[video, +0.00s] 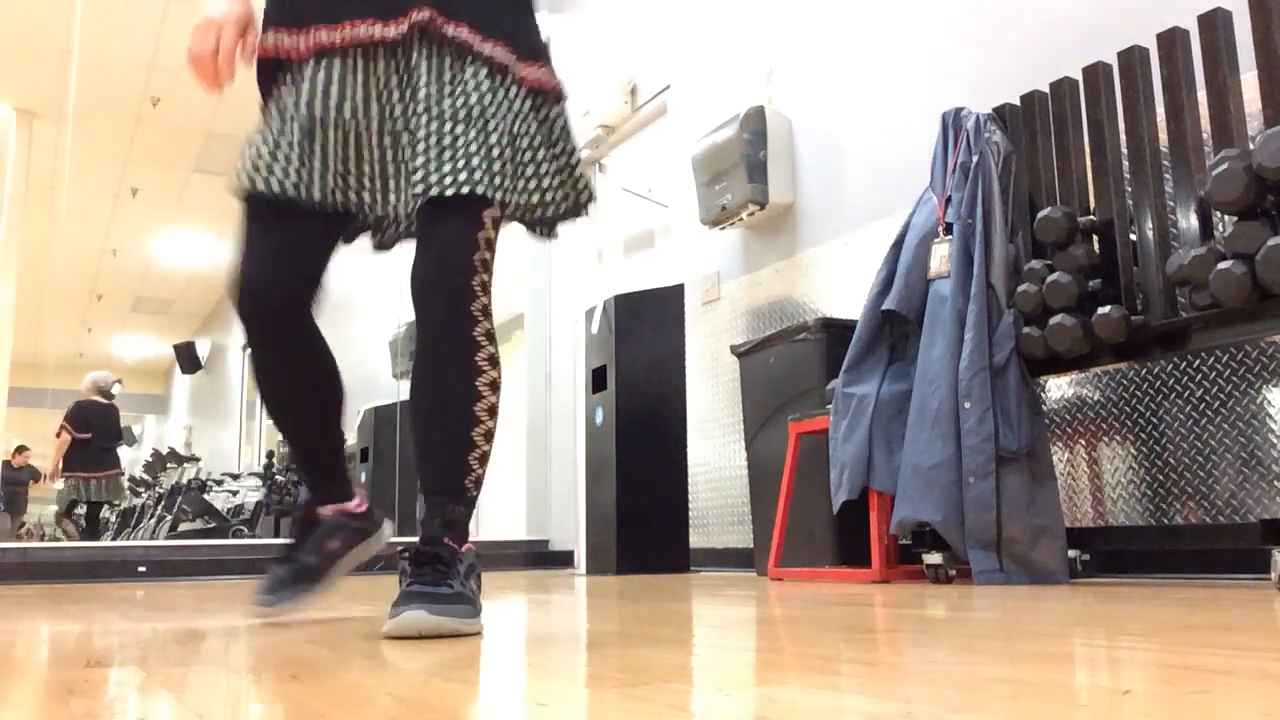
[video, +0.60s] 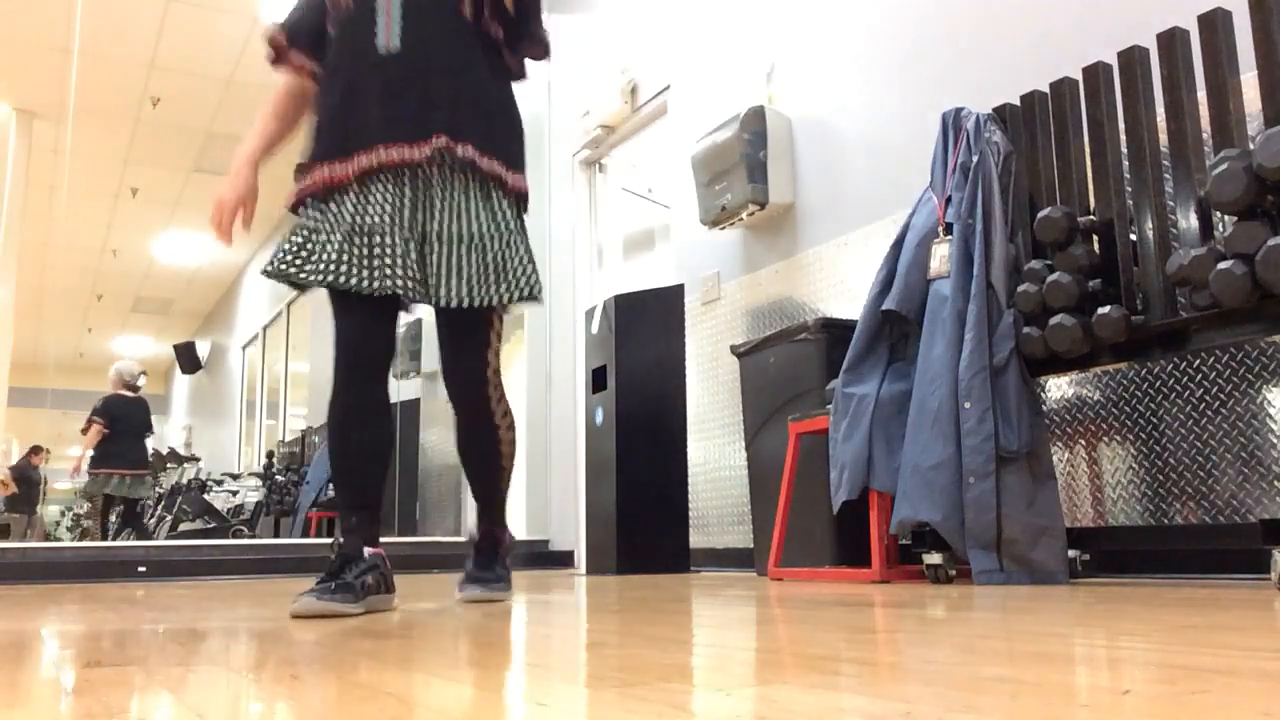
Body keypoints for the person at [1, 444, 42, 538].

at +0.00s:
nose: (27, 460)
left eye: (28, 457)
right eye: (25, 457)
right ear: (16, 455)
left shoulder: (28, 469)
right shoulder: (4, 465)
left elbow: (38, 477)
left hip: (18, 506)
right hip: (3, 504)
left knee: (16, 532)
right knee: (4, 531)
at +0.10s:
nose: (28, 460)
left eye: (29, 457)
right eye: (27, 457)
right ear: (18, 455)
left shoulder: (29, 469)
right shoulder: (4, 465)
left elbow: (38, 478)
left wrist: (29, 466)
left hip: (21, 508)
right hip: (5, 506)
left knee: (18, 534)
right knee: (7, 533)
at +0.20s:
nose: (30, 460)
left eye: (31, 457)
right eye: (29, 456)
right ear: (20, 454)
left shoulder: (30, 468)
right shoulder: (6, 465)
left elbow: (33, 478)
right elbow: (4, 481)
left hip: (24, 509)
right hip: (9, 509)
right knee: (10, 537)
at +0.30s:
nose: (31, 460)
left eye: (32, 457)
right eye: (30, 456)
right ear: (21, 454)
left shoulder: (31, 467)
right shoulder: (7, 465)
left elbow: (30, 487)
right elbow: (7, 486)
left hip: (25, 509)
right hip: (12, 509)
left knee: (21, 539)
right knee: (12, 539)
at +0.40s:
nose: (34, 460)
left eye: (35, 457)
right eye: (33, 457)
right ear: (23, 455)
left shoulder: (31, 467)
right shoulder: (8, 466)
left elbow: (34, 480)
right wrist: (32, 478)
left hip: (28, 508)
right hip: (15, 508)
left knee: (24, 538)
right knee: (13, 539)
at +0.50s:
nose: (39, 461)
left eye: (40, 458)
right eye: (38, 457)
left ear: (30, 455)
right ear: (29, 455)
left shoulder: (33, 467)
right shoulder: (18, 466)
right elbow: (2, 474)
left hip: (29, 508)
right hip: (16, 509)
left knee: (35, 535)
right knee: (15, 538)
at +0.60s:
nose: (41, 461)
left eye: (42, 459)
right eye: (40, 458)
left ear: (33, 456)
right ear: (32, 456)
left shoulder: (35, 468)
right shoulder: (21, 467)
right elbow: (6, 476)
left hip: (31, 509)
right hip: (18, 510)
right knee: (17, 540)